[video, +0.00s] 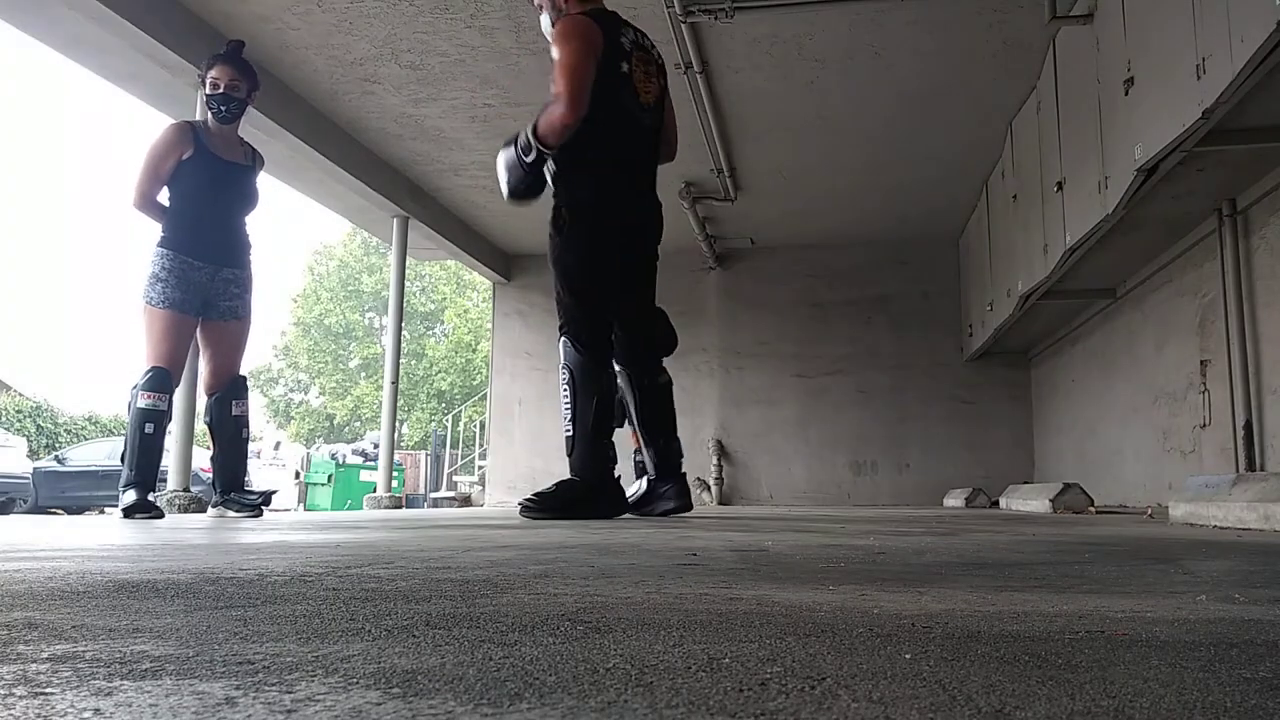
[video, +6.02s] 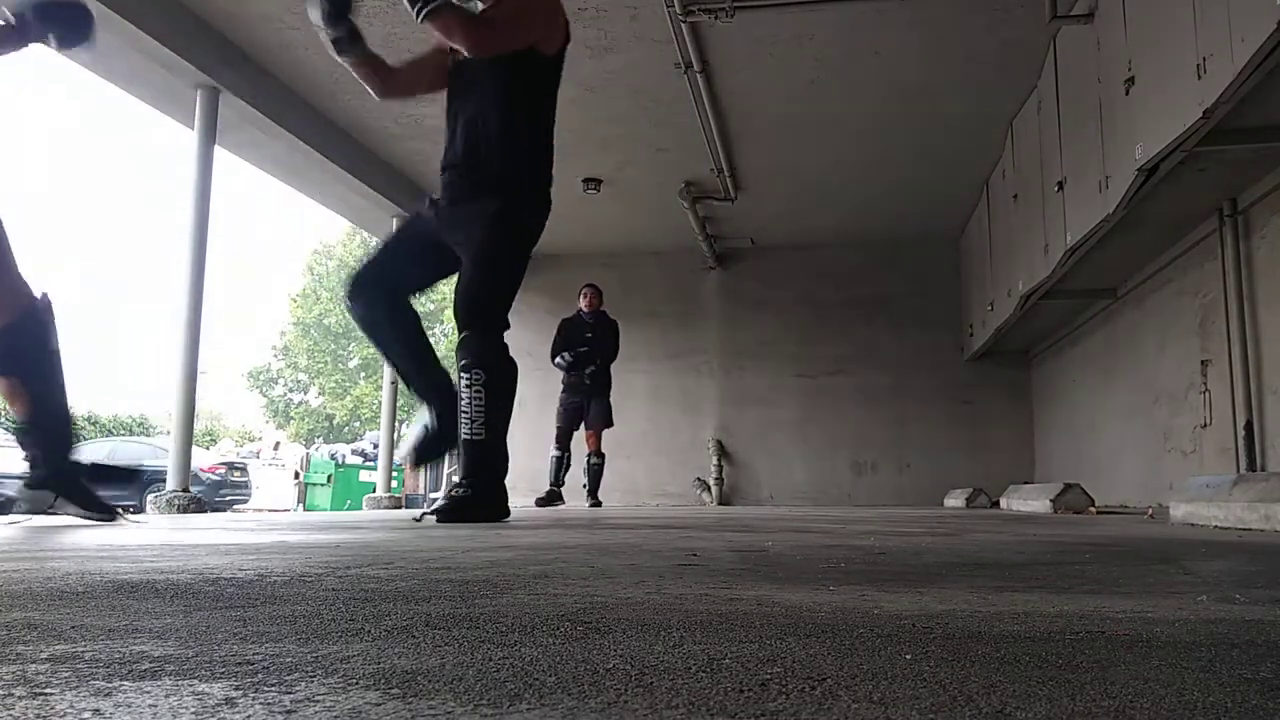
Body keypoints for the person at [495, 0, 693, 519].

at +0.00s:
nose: (538, 11)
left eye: (539, 4)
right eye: (536, 6)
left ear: (559, 0)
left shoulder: (573, 27)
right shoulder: (641, 41)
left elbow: (566, 111)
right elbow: (665, 145)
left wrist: (526, 151)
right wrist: (593, 153)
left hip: (587, 212)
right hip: (639, 212)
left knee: (583, 344)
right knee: (638, 344)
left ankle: (591, 481)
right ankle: (664, 479)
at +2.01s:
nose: (567, 47)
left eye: (571, 32)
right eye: (560, 39)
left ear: (604, 18)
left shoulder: (637, 54)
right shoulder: (617, 90)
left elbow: (670, 120)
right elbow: (642, 178)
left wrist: (606, 150)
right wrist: (608, 223)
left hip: (672, 220)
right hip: (658, 226)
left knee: (619, 330)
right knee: (656, 341)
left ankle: (613, 473)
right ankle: (672, 482)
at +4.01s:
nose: (543, 27)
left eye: (551, 14)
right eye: (539, 19)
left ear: (585, 8)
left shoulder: (618, 47)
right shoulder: (581, 73)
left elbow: (590, 112)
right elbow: (541, 140)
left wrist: (535, 57)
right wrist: (515, 75)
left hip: (605, 218)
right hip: (596, 223)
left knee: (537, 309)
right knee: (600, 354)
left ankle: (527, 455)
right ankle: (638, 482)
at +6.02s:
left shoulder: (542, 11)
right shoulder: (464, 44)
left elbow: (475, 37)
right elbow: (389, 82)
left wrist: (419, 2)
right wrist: (340, 30)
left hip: (507, 203)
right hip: (452, 205)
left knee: (479, 325)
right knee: (369, 291)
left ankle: (484, 490)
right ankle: (444, 406)